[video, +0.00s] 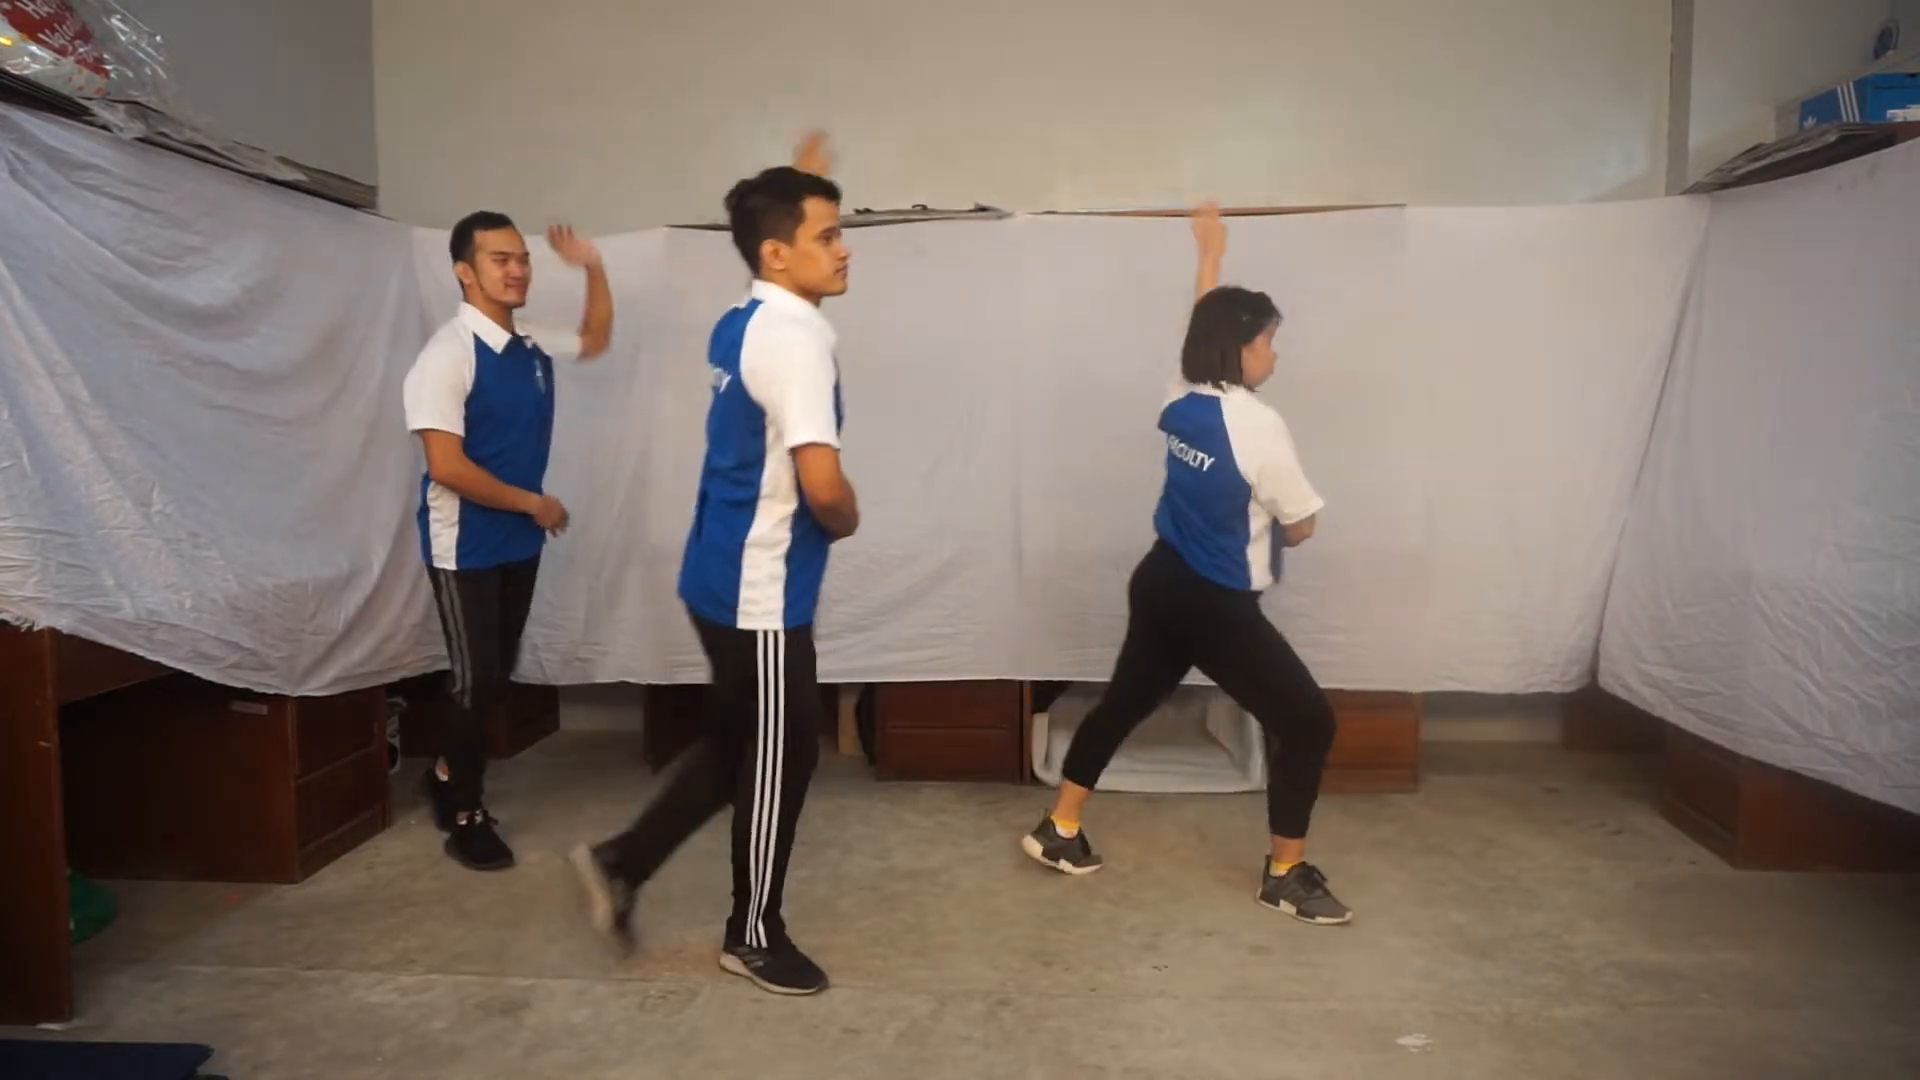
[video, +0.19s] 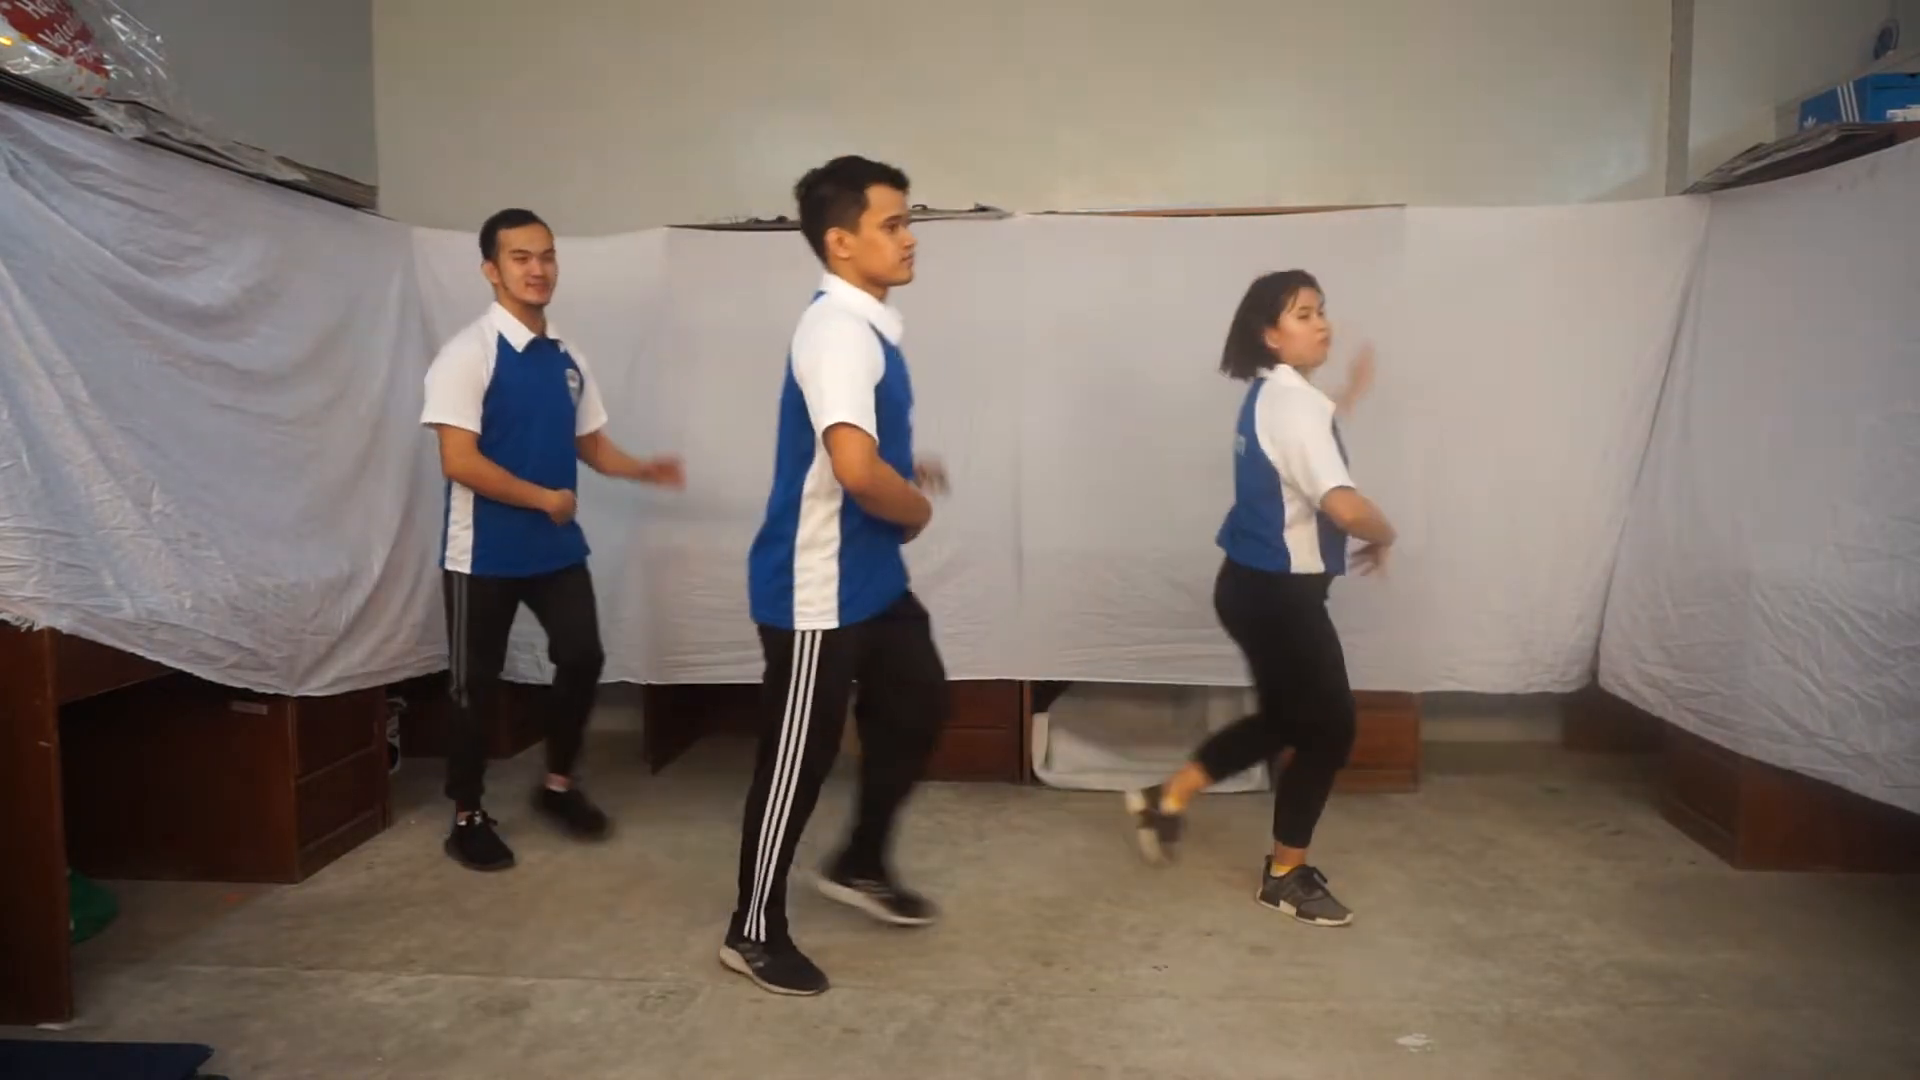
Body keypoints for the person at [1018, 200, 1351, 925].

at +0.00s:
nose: (1275, 353)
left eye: (1273, 341)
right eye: (1269, 341)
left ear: (1213, 345)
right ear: (1237, 346)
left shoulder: (1185, 398)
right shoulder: (1257, 423)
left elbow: (1202, 328)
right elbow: (1300, 524)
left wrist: (1209, 252)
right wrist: (1275, 531)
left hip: (1159, 582)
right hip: (1215, 604)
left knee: (1122, 704)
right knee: (1308, 723)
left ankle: (1060, 827)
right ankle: (1286, 870)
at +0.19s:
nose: (1324, 324)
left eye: (1322, 312)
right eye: (1307, 315)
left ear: (1287, 337)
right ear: (1271, 337)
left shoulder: (1275, 388)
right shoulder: (1291, 401)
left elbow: (1305, 445)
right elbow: (1343, 507)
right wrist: (1382, 533)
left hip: (1250, 581)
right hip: (1281, 592)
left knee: (1285, 719)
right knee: (1329, 728)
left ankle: (1166, 799)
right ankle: (1286, 872)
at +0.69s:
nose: (1426, 322)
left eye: (1436, 309)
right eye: (1409, 312)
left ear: (1455, 321)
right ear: (1384, 329)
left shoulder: (1487, 401)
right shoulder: (1362, 409)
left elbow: (1572, 454)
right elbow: (1331, 508)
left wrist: (1662, 492)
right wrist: (1418, 516)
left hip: (1480, 596)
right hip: (1393, 602)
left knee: (1523, 719)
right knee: (1397, 745)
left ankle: (1506, 837)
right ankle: (1381, 871)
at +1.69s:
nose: (1548, 364)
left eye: (1550, 352)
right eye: (1546, 351)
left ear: (1571, 350)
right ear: (1617, 333)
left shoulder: (1580, 428)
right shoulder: (1674, 375)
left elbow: (1561, 528)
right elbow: (1684, 293)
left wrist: (1611, 524)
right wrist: (1698, 214)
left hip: (1667, 598)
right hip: (1728, 574)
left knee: (1570, 717)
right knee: (1762, 715)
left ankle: (1605, 872)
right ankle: (1801, 862)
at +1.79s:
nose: (1545, 363)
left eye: (1549, 348)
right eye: (1544, 348)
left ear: (1573, 350)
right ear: (1618, 341)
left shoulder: (1574, 431)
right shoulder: (1662, 386)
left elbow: (1551, 534)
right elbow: (1661, 311)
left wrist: (1589, 505)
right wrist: (1656, 236)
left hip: (1647, 605)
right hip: (1706, 583)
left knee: (1551, 727)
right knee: (1740, 719)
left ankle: (1581, 883)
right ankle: (1796, 863)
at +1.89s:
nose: (1534, 348)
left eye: (1541, 335)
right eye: (1535, 334)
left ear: (1572, 339)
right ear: (1605, 337)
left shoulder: (1569, 414)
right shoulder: (1636, 392)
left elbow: (1524, 532)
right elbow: (1607, 337)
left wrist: (1548, 542)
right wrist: (1587, 280)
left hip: (1614, 601)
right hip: (1663, 587)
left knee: (1529, 725)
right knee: (1671, 724)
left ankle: (1581, 883)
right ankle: (1766, 854)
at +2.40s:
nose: (1456, 308)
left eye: (1469, 300)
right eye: (1441, 300)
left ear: (1486, 320)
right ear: (1416, 321)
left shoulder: (1513, 399)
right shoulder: (1388, 397)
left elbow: (1549, 493)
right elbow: (1337, 479)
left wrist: (1567, 583)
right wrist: (1319, 539)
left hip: (1481, 586)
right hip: (1395, 580)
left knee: (1469, 721)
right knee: (1384, 715)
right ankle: (1387, 855)